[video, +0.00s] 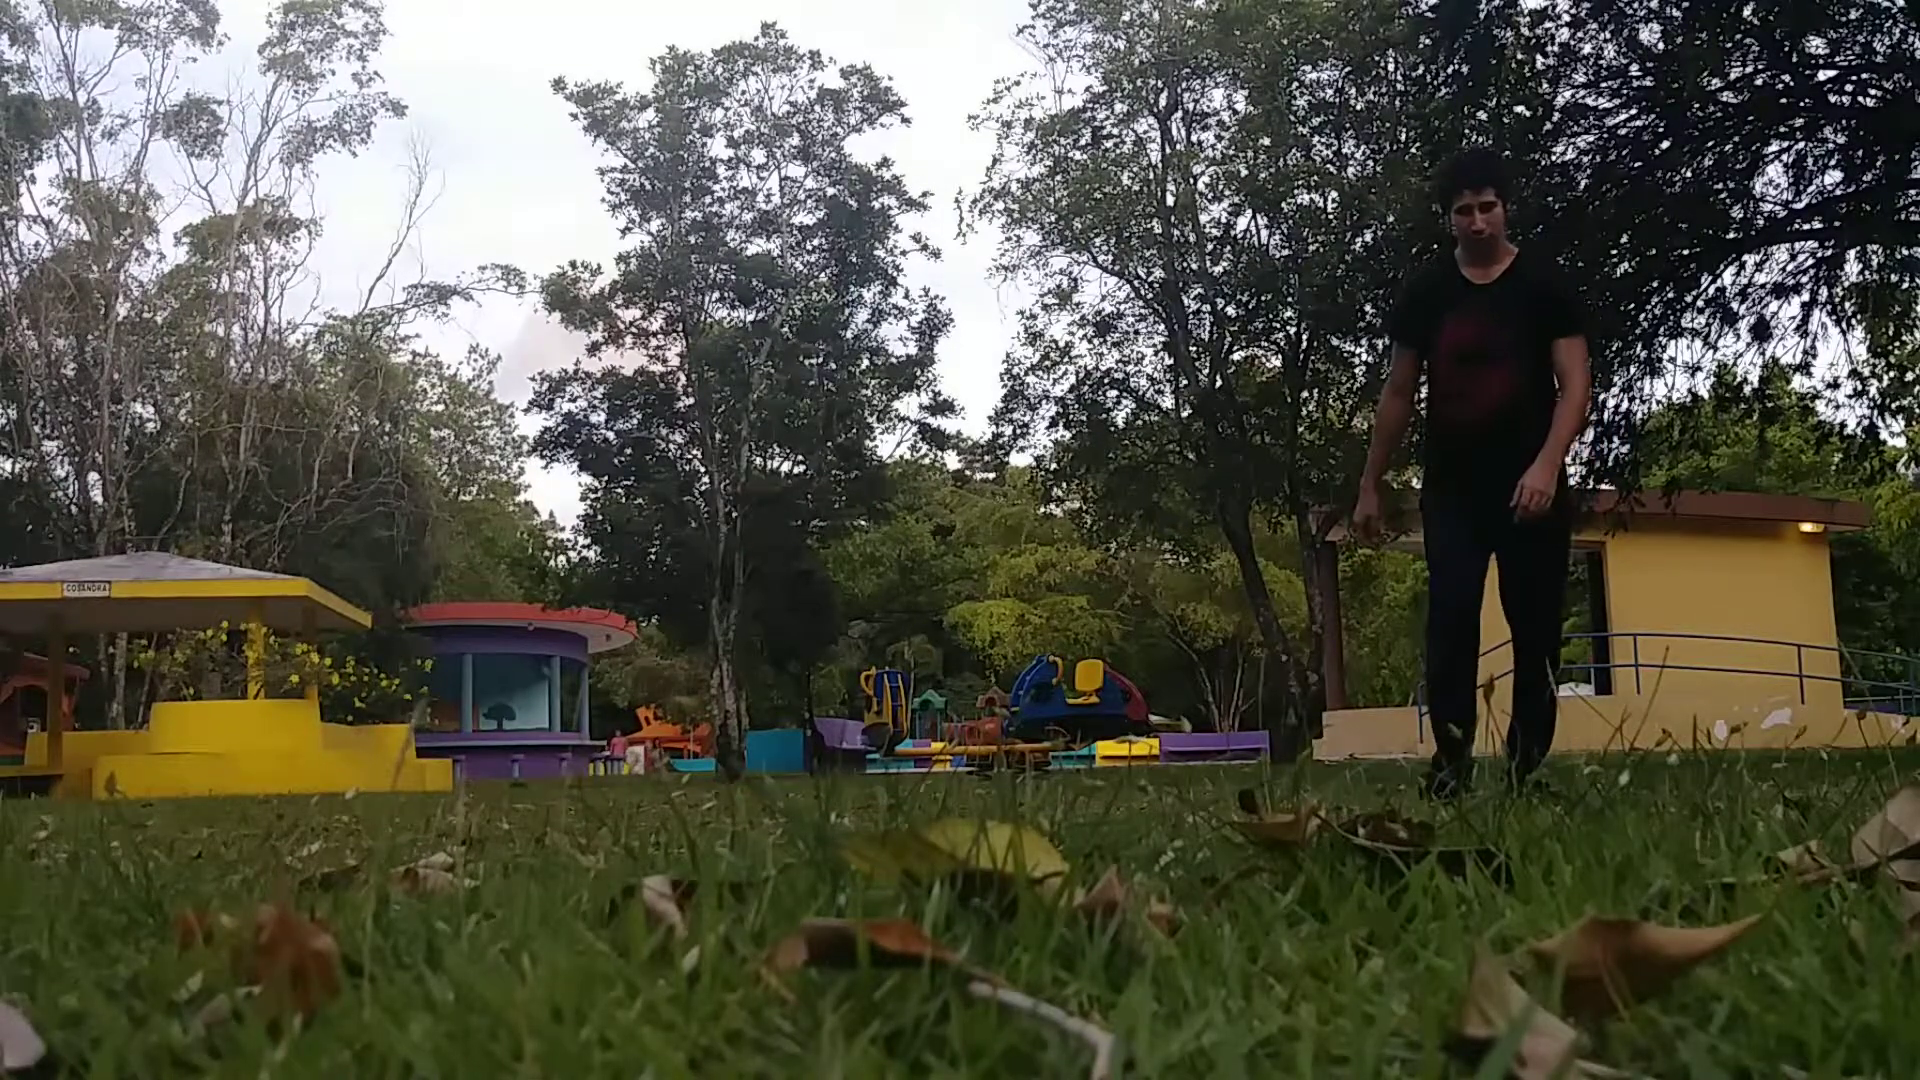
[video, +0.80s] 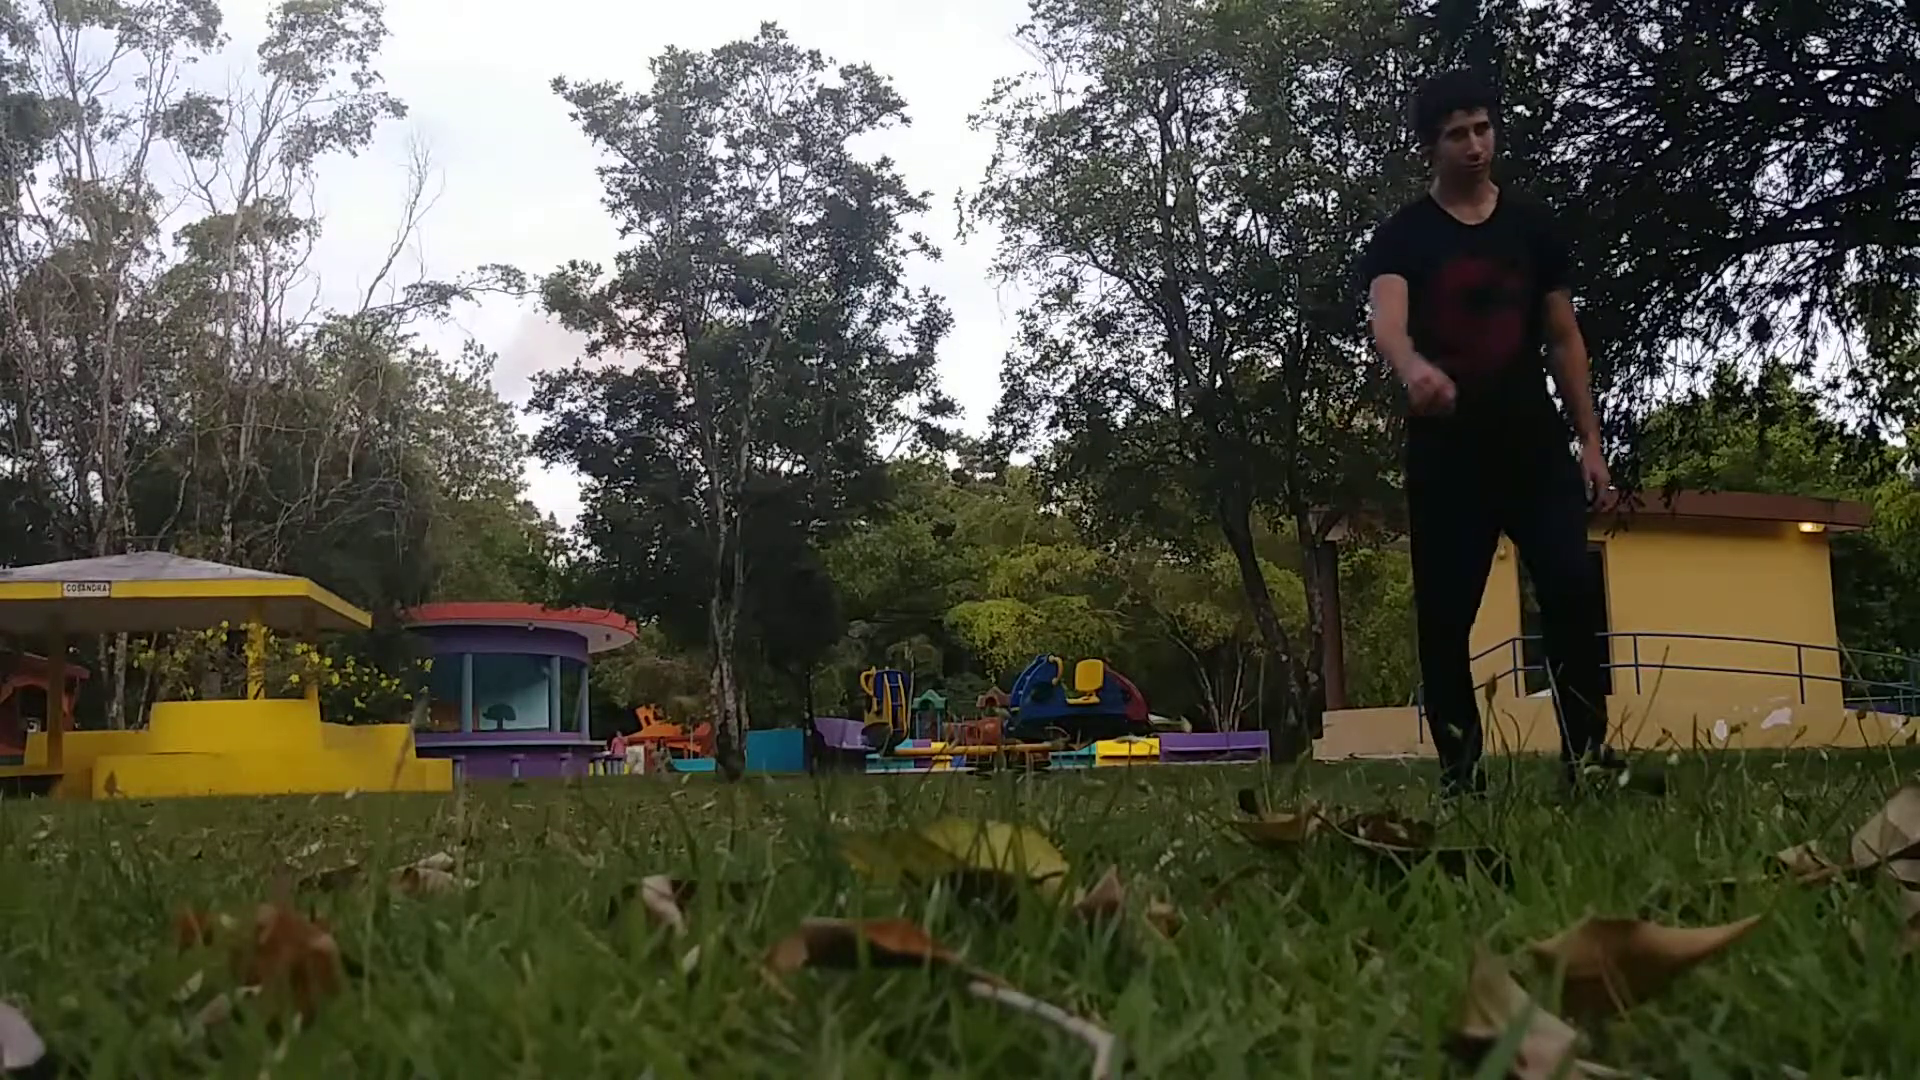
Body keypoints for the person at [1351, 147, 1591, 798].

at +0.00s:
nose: (1477, 220)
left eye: (1487, 208)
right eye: (1465, 210)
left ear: (1506, 211)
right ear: (1449, 217)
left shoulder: (1547, 286)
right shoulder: (1425, 291)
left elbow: (1576, 387)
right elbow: (1398, 390)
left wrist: (1546, 465)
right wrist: (1370, 481)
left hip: (1530, 485)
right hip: (1452, 490)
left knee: (1536, 635)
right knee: (1448, 630)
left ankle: (1526, 769)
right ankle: (1450, 767)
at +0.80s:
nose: (1474, 144)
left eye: (1483, 130)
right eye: (1459, 134)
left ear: (1496, 135)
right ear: (1429, 144)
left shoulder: (1534, 227)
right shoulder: (1402, 234)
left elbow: (1566, 338)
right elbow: (1387, 322)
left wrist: (1590, 442)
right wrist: (1411, 365)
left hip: (1532, 441)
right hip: (1446, 449)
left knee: (1574, 588)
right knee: (1441, 617)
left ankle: (1586, 759)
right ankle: (1460, 771)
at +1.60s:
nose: (1584, 64)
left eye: (1592, 49)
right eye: (1565, 53)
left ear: (1607, 61)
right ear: (1530, 72)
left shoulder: (1648, 171)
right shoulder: (1489, 184)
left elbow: (1689, 279)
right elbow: (1459, 308)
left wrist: (1695, 381)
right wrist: (1428, 420)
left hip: (1623, 415)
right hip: (1524, 421)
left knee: (1622, 597)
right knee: (1535, 595)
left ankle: (1610, 761)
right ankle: (1552, 764)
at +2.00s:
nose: (1580, 22)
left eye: (1589, 8)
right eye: (1559, 10)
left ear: (1602, 21)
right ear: (1525, 31)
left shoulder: (1650, 125)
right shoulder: (1497, 142)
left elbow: (1690, 250)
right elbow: (1445, 270)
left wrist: (1701, 358)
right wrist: (1470, 356)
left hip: (1652, 388)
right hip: (1548, 395)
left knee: (1690, 575)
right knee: (1548, 585)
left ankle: (1621, 724)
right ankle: (1568, 766)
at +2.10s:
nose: (1594, 13)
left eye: (1604, 0)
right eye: (1575, 0)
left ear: (1617, 14)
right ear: (1538, 16)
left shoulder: (1662, 117)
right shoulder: (1503, 129)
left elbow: (1705, 245)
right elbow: (1452, 250)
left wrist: (1729, 352)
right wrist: (1513, 279)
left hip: (1662, 373)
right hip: (1558, 383)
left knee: (1721, 555)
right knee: (1557, 573)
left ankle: (1656, 729)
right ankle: (1568, 767)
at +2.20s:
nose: (1619, 3)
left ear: (1636, 8)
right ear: (1555, 9)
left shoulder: (1679, 113)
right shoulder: (1522, 114)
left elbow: (1720, 238)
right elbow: (1486, 230)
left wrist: (1756, 337)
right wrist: (1567, 235)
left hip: (1676, 363)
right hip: (1572, 373)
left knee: (1759, 537)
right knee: (1566, 571)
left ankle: (1728, 742)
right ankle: (1568, 765)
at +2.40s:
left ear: (1702, 4)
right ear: (1623, 2)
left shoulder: (1743, 107)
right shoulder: (1589, 97)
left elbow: (1764, 244)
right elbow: (1586, 227)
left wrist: (1805, 333)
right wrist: (1667, 241)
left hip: (1743, 364)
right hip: (1634, 369)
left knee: (1817, 546)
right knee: (1610, 570)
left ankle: (1846, 753)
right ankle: (1577, 767)